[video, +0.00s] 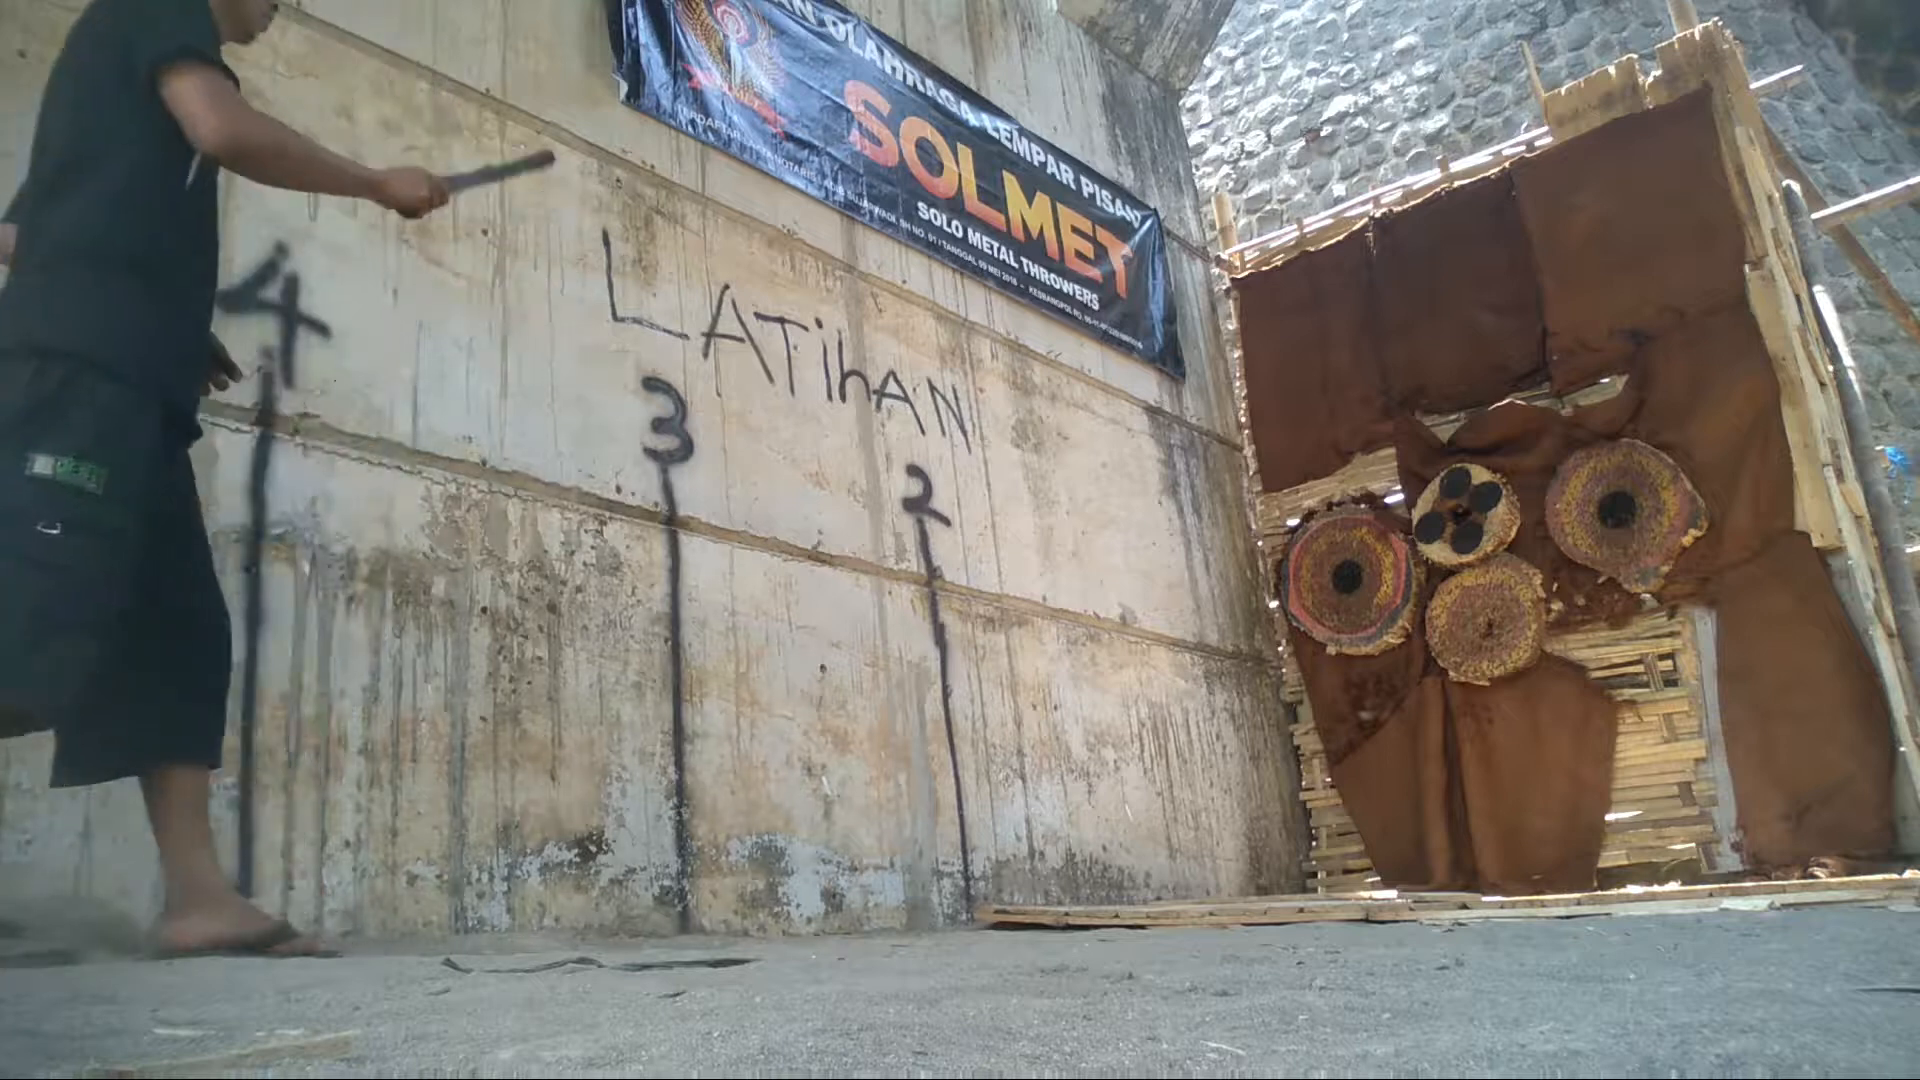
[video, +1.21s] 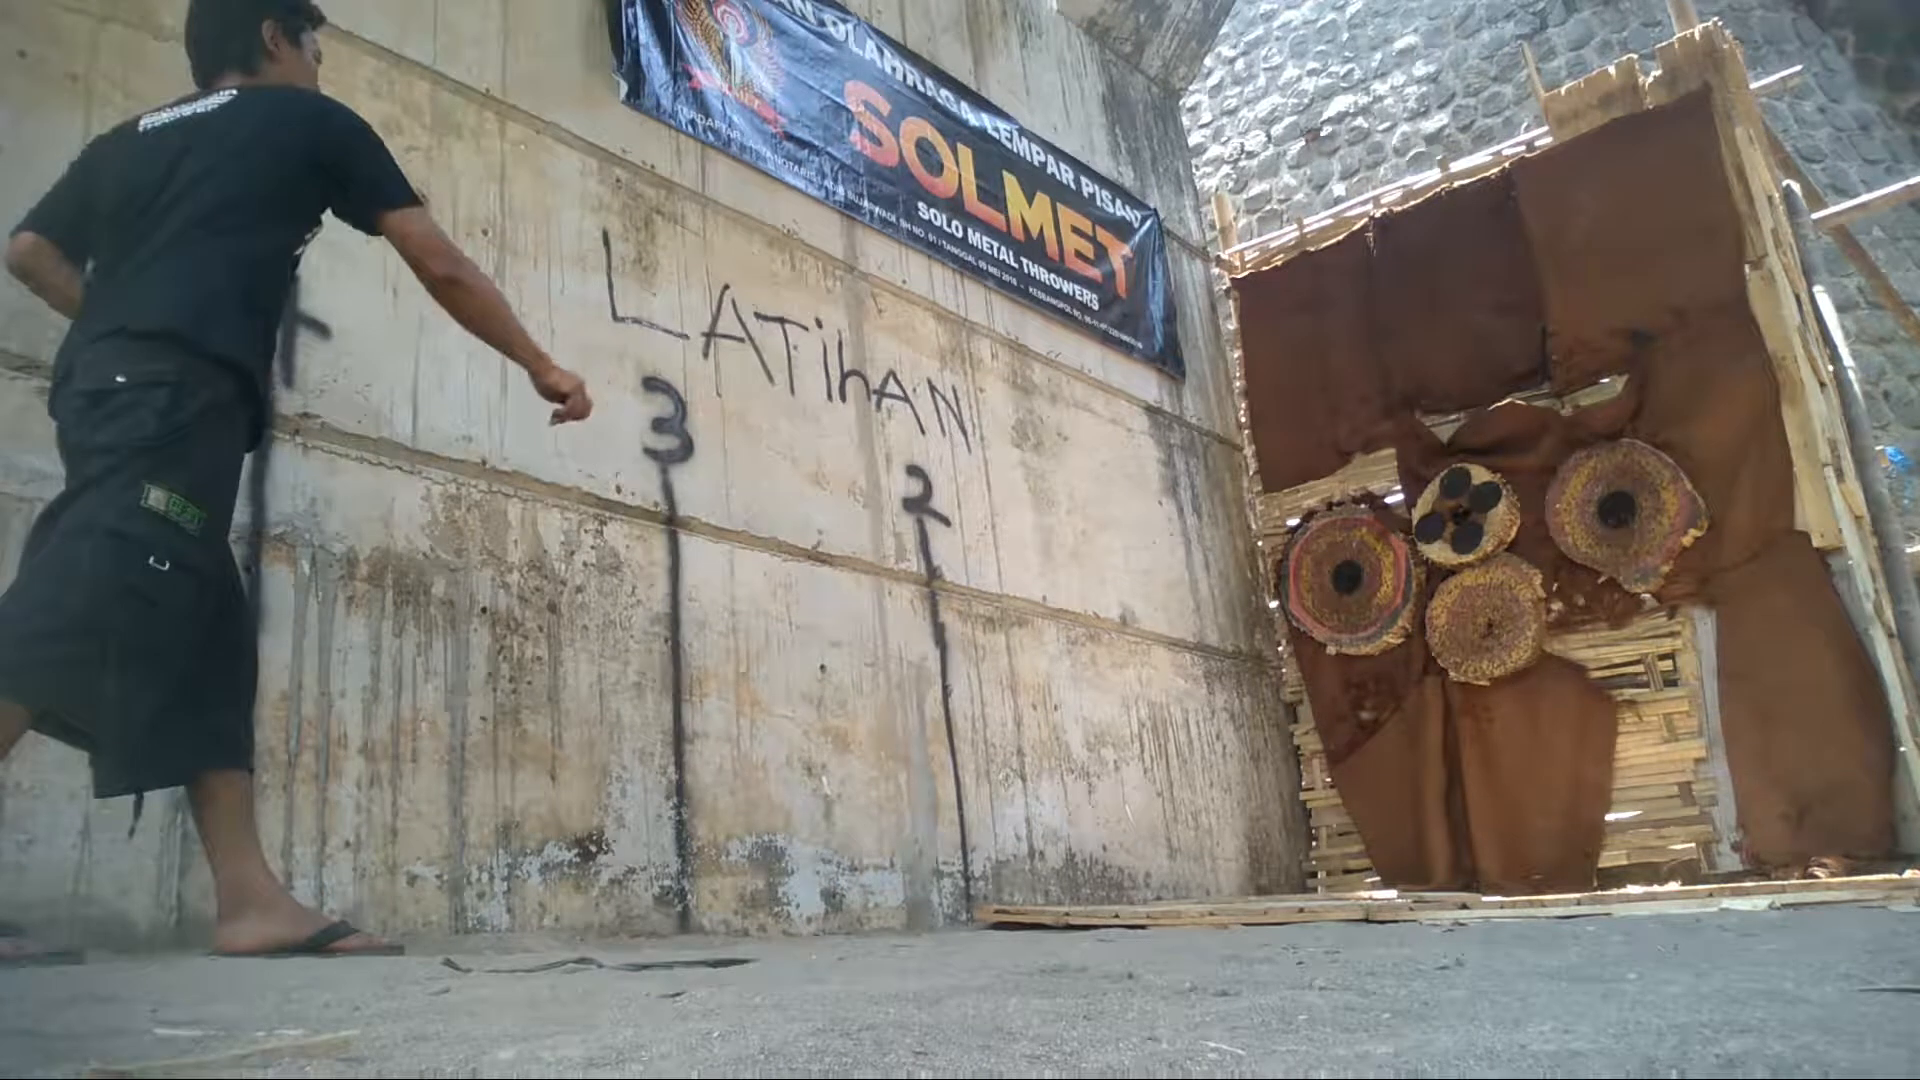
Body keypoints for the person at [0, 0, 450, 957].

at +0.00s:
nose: (269, 17)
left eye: (275, 8)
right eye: (268, 1)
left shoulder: (132, 51)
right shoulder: (155, 12)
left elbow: (30, 235)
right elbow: (221, 129)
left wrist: (177, 337)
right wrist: (377, 180)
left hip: (127, 398)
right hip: (75, 379)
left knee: (181, 635)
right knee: (41, 644)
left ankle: (199, 898)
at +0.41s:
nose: (178, 9)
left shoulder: (66, 50)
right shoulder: (73, 17)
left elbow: (50, 241)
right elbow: (207, 54)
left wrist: (191, 301)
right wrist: (353, 65)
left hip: (103, 390)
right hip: (53, 378)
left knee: (192, 622)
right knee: (22, 631)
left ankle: (209, 887)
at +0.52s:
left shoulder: (96, 49)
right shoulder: (56, 23)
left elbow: (65, 237)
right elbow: (224, 18)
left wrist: (206, 296)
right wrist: (344, 4)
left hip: (118, 384)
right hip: (41, 369)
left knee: (183, 629)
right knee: (18, 642)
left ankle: (233, 890)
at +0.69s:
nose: (229, 5)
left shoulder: (157, 68)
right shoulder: (97, 30)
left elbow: (116, 267)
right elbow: (81, 251)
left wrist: (245, 312)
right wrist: (231, 305)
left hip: (153, 408)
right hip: (77, 396)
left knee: (214, 629)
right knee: (21, 636)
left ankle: (254, 900)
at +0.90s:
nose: (295, 21)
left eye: (291, 15)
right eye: (285, 11)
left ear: (196, 10)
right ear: (250, 9)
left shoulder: (176, 88)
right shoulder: (207, 66)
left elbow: (143, 254)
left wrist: (269, 331)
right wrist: (270, 322)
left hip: (164, 384)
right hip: (157, 378)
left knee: (248, 636)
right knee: (59, 628)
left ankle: (255, 901)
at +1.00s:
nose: (291, 31)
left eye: (286, 18)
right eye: (280, 16)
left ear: (187, 34)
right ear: (246, 17)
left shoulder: (119, 139)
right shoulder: (273, 74)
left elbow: (89, 301)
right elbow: (467, 117)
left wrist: (266, 340)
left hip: (107, 387)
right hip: (173, 385)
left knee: (229, 633)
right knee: (59, 623)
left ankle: (255, 901)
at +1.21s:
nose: (320, 65)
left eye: (316, 45)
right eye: (312, 44)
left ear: (211, 57)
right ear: (271, 40)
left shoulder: (129, 138)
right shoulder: (313, 119)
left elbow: (30, 250)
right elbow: (439, 263)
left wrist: (121, 326)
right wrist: (539, 361)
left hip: (95, 383)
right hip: (179, 382)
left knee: (207, 628)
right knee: (61, 621)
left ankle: (250, 900)